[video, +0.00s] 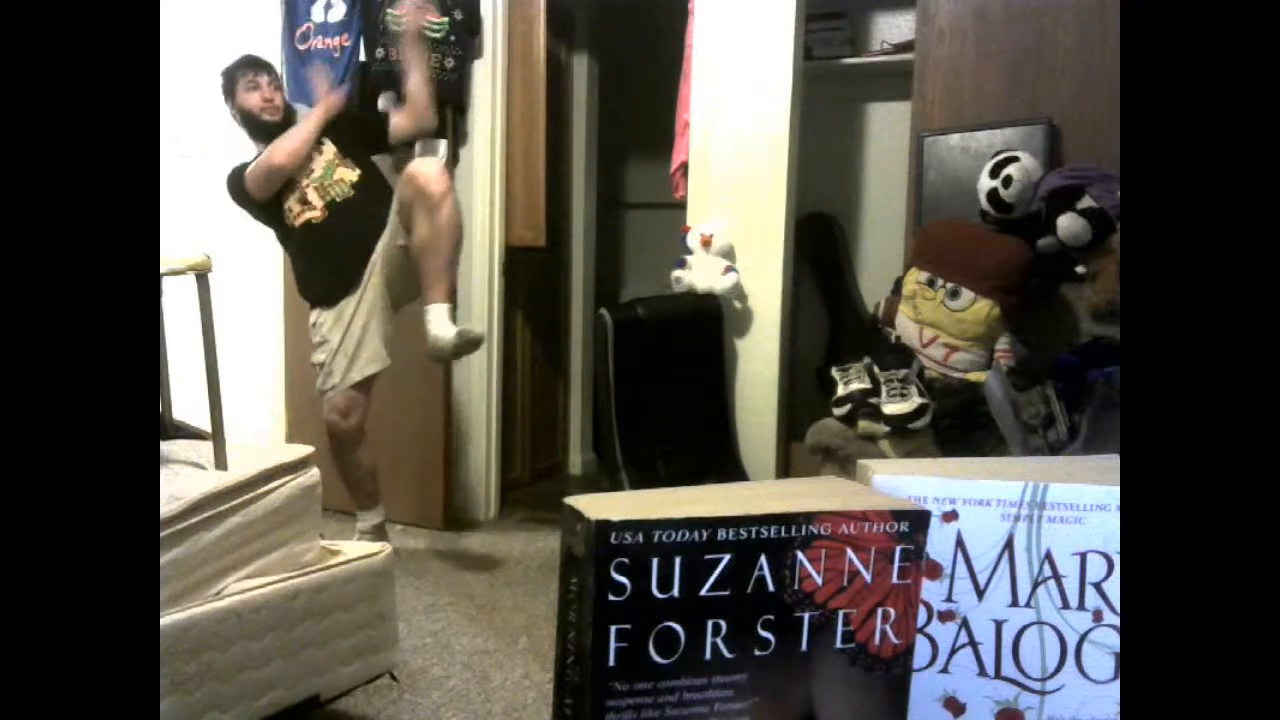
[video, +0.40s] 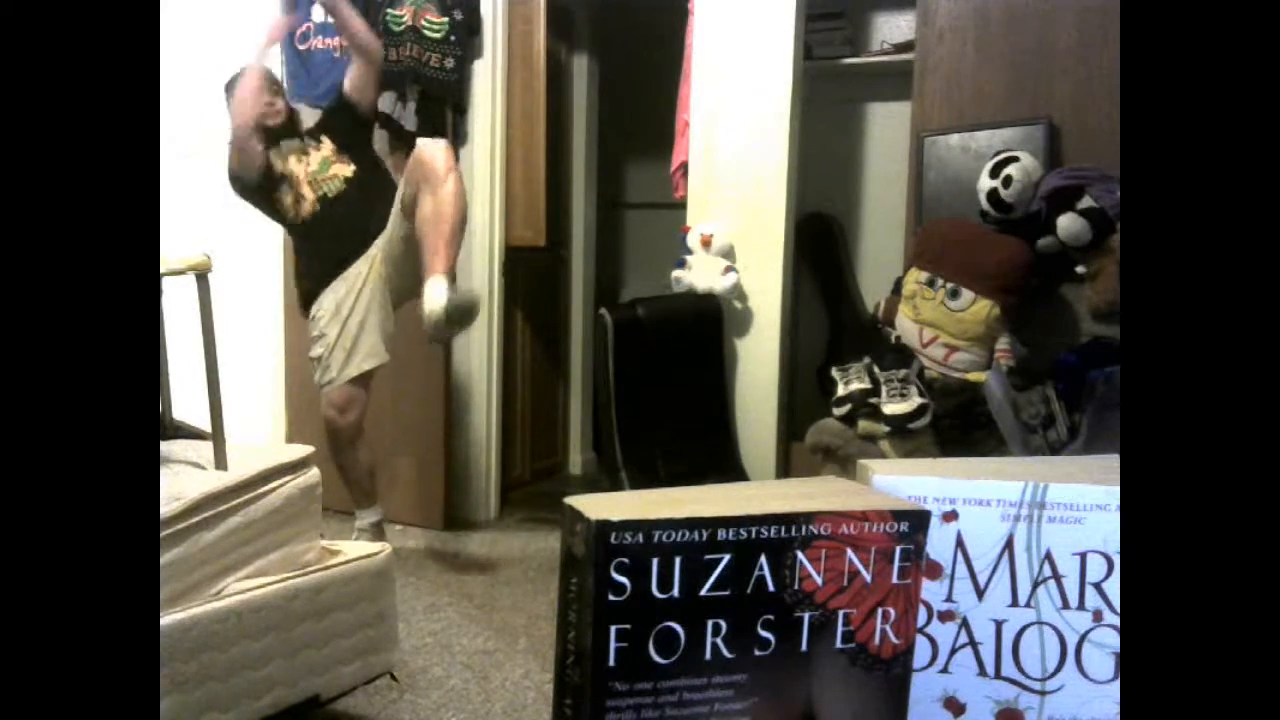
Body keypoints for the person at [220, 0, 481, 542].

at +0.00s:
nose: (265, 90)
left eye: (269, 81)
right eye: (250, 87)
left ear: (282, 89)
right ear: (236, 108)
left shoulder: (335, 124)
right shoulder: (244, 180)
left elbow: (420, 117)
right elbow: (279, 166)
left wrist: (412, 39)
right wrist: (322, 110)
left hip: (390, 253)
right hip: (337, 302)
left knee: (427, 175)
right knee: (342, 420)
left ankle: (440, 323)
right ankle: (372, 526)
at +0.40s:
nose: (268, 98)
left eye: (270, 89)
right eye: (254, 95)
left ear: (284, 94)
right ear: (243, 114)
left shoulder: (340, 122)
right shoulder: (258, 178)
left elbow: (370, 54)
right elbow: (243, 128)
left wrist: (331, 4)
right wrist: (268, 45)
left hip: (392, 245)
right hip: (336, 290)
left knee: (434, 151)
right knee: (340, 414)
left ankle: (437, 297)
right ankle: (370, 524)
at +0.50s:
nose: (262, 92)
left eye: (265, 81)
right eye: (251, 92)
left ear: (286, 85)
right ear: (247, 114)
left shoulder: (339, 114)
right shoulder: (262, 182)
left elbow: (362, 28)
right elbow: (210, 168)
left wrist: (311, 4)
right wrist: (212, 103)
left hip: (390, 250)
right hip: (337, 297)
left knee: (415, 168)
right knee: (344, 414)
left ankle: (425, 311)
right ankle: (372, 524)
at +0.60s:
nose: (260, 82)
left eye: (266, 70)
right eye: (249, 78)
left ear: (286, 70)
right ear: (240, 94)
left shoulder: (329, 95)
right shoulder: (267, 175)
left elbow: (346, 15)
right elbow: (220, 225)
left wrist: (289, 9)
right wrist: (196, 176)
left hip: (399, 234)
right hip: (345, 278)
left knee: (384, 157)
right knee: (358, 404)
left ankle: (402, 300)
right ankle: (375, 518)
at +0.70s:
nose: (258, 82)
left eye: (264, 69)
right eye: (244, 79)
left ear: (282, 70)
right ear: (236, 96)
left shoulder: (324, 95)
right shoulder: (265, 177)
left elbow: (336, 24)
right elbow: (237, 248)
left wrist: (300, 19)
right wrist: (212, 224)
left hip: (409, 236)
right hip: (353, 277)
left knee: (362, 162)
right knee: (363, 405)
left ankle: (391, 301)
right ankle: (376, 523)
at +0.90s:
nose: (246, 103)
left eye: (251, 89)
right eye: (234, 100)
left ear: (271, 88)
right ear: (228, 115)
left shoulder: (311, 117)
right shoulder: (278, 188)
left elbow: (329, 158)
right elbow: (285, 274)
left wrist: (297, 195)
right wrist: (251, 300)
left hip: (410, 245)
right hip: (355, 276)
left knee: (327, 210)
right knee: (333, 399)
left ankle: (359, 343)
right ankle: (369, 517)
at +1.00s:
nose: (245, 114)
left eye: (250, 100)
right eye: (234, 111)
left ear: (272, 96)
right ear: (232, 125)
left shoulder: (312, 123)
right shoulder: (282, 188)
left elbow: (313, 147)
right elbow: (297, 284)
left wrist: (297, 179)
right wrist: (258, 354)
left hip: (412, 260)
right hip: (356, 292)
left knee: (320, 234)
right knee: (296, 387)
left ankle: (329, 369)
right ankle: (350, 500)